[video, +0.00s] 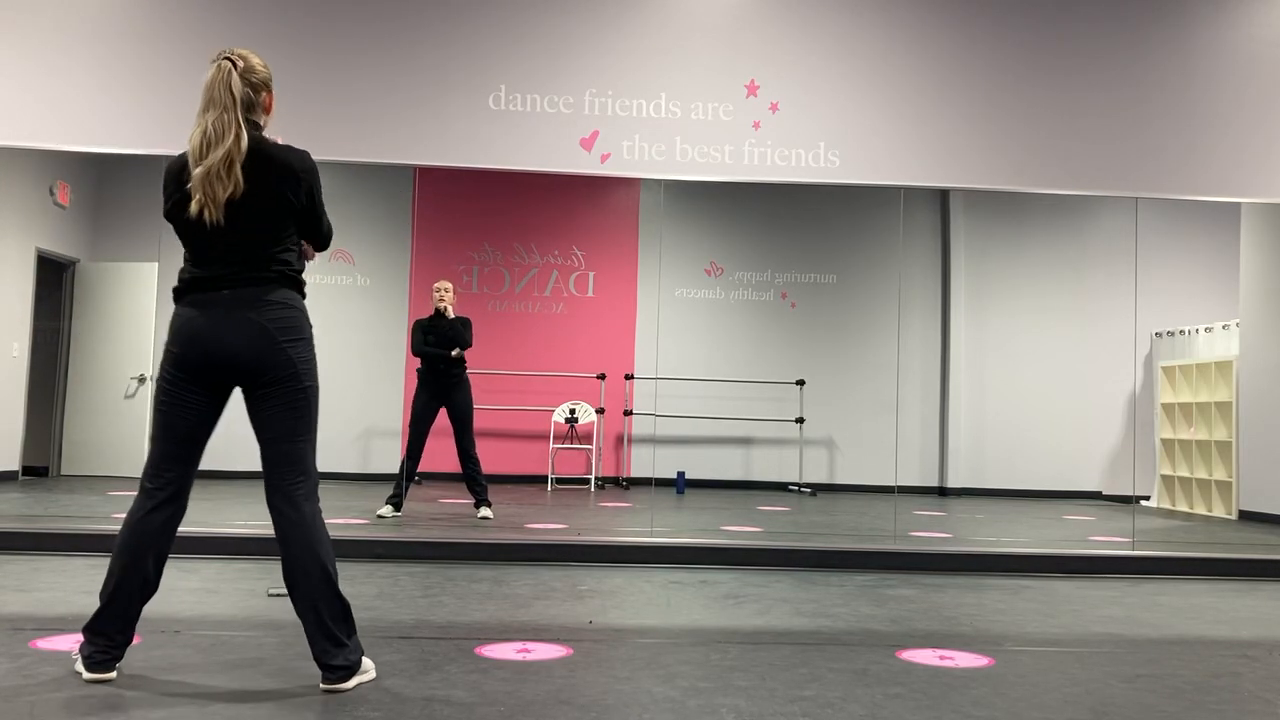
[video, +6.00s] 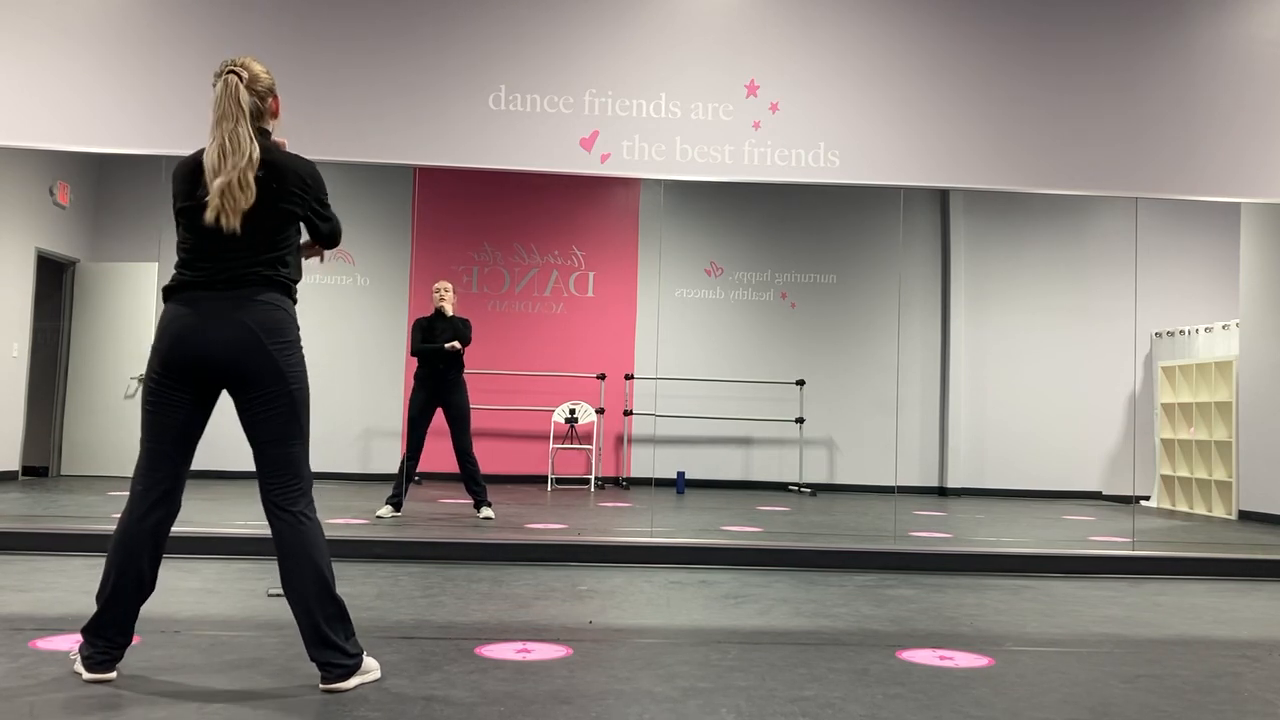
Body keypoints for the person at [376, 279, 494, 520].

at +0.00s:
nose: (441, 294)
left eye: (446, 290)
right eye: (438, 290)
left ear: (454, 297)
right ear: (431, 297)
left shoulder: (463, 322)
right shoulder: (421, 324)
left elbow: (465, 344)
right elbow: (417, 350)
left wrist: (450, 317)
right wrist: (449, 354)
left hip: (457, 388)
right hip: (428, 388)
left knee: (466, 447)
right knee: (413, 447)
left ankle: (482, 504)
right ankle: (394, 503)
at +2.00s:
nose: (443, 293)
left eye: (447, 290)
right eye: (439, 290)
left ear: (456, 298)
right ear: (433, 297)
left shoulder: (464, 323)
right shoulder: (422, 323)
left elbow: (467, 344)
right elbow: (416, 352)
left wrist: (452, 317)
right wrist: (447, 351)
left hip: (455, 389)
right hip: (426, 389)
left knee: (464, 447)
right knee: (413, 448)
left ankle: (482, 504)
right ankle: (394, 504)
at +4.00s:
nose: (443, 293)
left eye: (447, 290)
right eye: (439, 290)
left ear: (456, 298)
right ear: (433, 297)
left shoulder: (464, 323)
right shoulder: (422, 322)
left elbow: (466, 343)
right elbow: (415, 346)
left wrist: (452, 316)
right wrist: (443, 347)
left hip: (453, 388)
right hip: (423, 387)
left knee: (463, 448)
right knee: (412, 448)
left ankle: (482, 504)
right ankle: (394, 504)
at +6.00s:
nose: (441, 294)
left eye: (446, 290)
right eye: (437, 291)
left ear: (454, 297)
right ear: (432, 297)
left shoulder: (462, 323)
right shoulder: (421, 323)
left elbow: (465, 340)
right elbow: (415, 350)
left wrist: (450, 315)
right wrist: (444, 347)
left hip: (454, 390)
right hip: (424, 389)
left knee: (464, 448)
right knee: (412, 449)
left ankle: (482, 504)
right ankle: (394, 504)